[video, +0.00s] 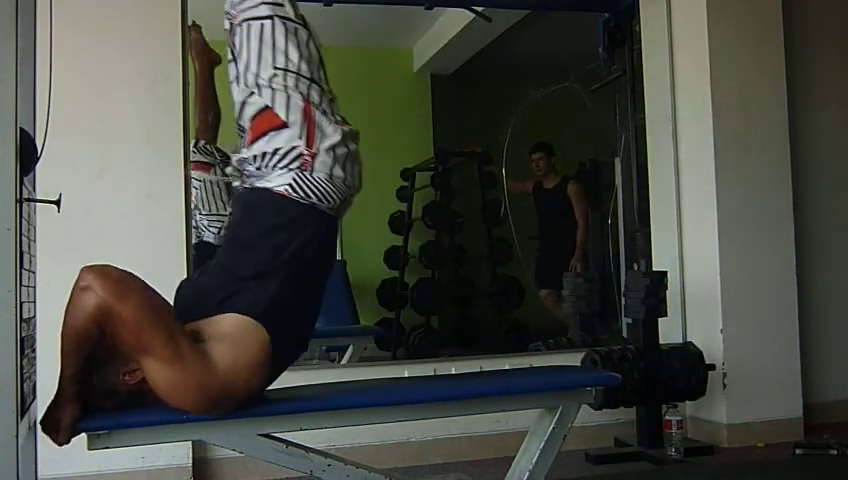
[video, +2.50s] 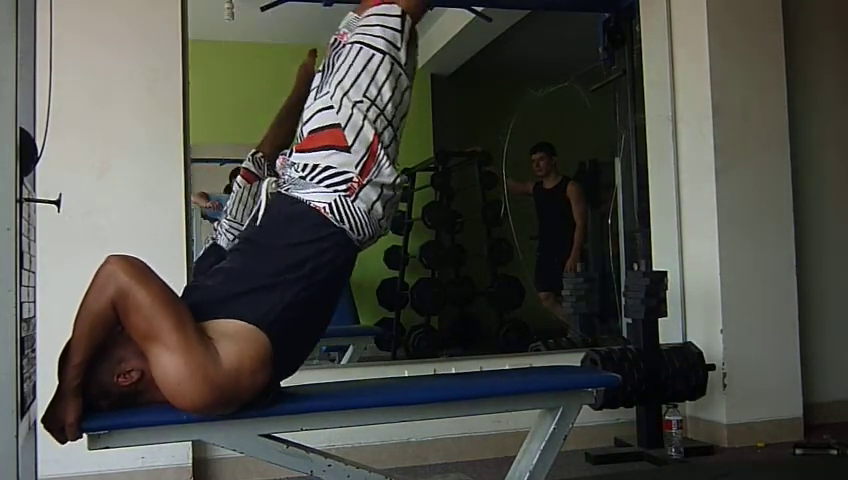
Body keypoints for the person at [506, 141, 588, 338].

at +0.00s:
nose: (536, 165)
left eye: (540, 160)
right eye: (533, 161)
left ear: (551, 160)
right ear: (531, 164)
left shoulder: (570, 187)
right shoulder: (535, 187)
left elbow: (582, 223)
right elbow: (509, 185)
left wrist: (578, 255)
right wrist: (491, 169)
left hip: (568, 248)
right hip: (546, 248)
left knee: (569, 294)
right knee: (546, 294)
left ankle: (573, 336)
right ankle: (575, 329)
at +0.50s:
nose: (537, 165)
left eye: (541, 160)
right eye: (534, 161)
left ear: (552, 161)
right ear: (532, 164)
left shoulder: (569, 187)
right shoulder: (535, 187)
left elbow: (580, 224)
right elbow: (511, 185)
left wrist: (573, 257)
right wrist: (489, 166)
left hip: (566, 250)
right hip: (545, 249)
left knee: (568, 296)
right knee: (545, 297)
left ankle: (574, 337)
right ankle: (575, 329)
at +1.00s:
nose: (537, 165)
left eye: (541, 160)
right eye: (534, 161)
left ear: (552, 161)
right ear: (532, 164)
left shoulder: (570, 187)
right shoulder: (536, 187)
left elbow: (580, 224)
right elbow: (511, 185)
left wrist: (574, 257)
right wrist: (489, 167)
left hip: (566, 250)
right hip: (545, 250)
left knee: (569, 297)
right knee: (545, 297)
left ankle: (573, 336)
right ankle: (574, 329)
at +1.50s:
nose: (537, 165)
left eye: (541, 160)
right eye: (534, 161)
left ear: (553, 161)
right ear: (532, 164)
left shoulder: (570, 187)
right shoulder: (536, 187)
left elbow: (581, 224)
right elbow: (510, 185)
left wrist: (575, 258)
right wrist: (489, 167)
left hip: (567, 250)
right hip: (546, 249)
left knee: (567, 296)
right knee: (545, 296)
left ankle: (574, 336)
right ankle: (576, 329)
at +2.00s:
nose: (537, 165)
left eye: (541, 160)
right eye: (534, 161)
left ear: (553, 161)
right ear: (532, 164)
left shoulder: (570, 187)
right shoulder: (536, 187)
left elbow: (581, 224)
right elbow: (512, 186)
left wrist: (574, 257)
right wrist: (490, 168)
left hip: (567, 249)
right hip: (546, 249)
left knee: (568, 295)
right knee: (545, 296)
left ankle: (574, 336)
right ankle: (576, 329)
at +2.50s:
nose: (536, 165)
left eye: (541, 160)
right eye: (534, 161)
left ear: (552, 161)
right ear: (532, 164)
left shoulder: (570, 187)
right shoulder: (536, 187)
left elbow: (581, 224)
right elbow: (511, 185)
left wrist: (574, 256)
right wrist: (488, 167)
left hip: (567, 250)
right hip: (546, 249)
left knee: (568, 296)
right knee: (546, 297)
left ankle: (576, 335)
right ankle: (577, 329)